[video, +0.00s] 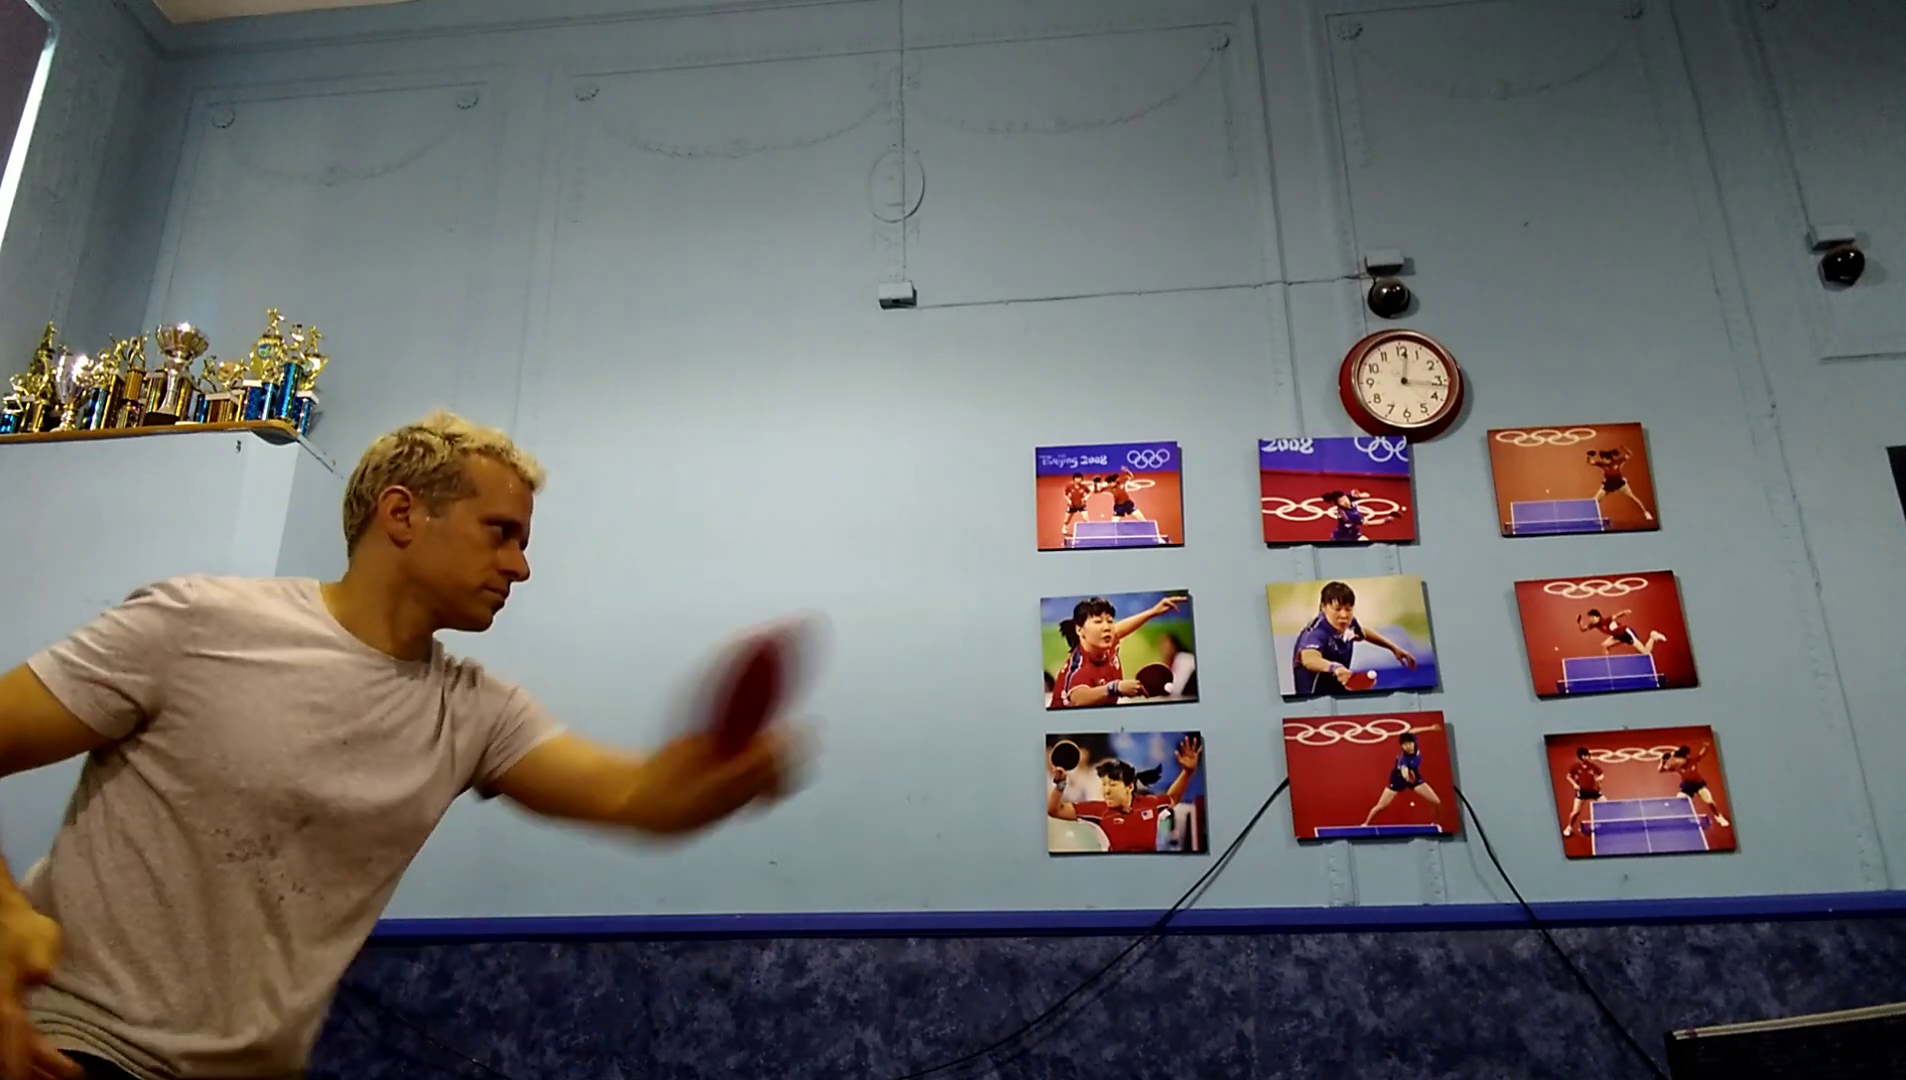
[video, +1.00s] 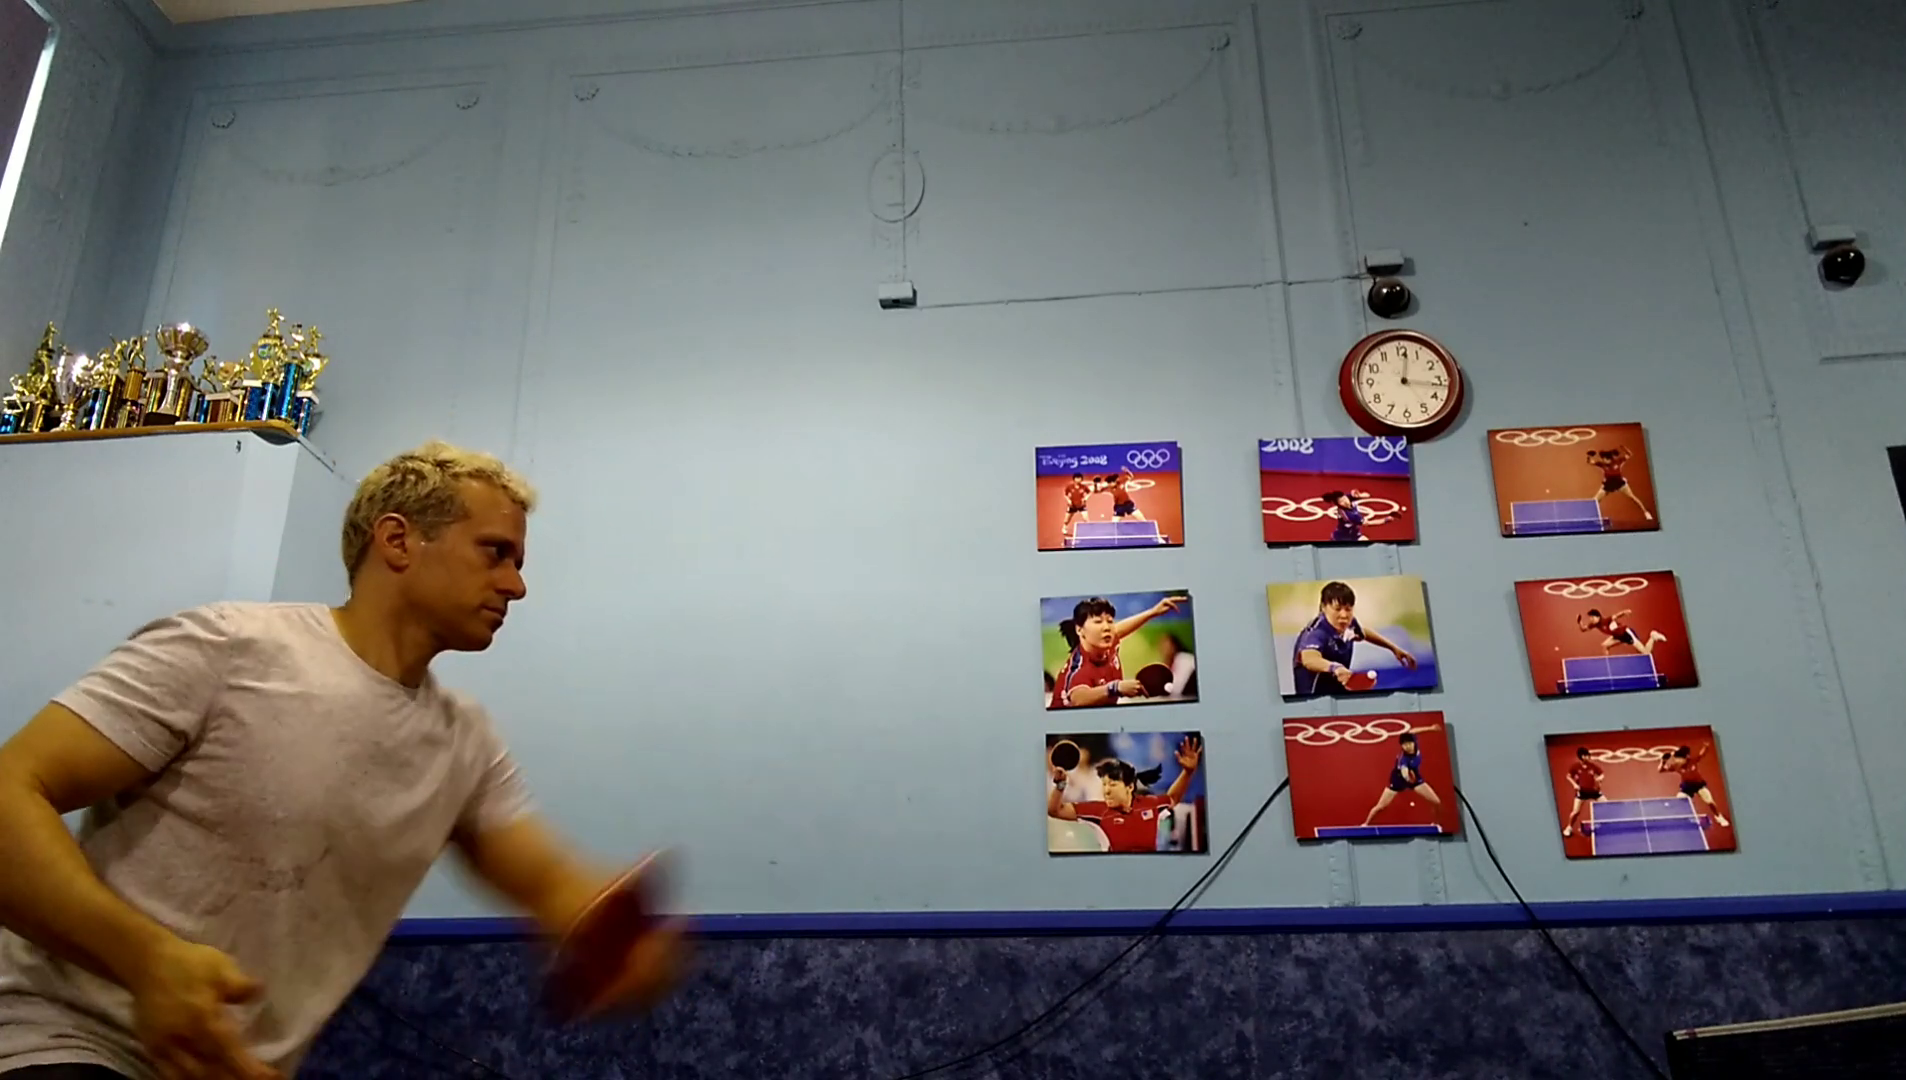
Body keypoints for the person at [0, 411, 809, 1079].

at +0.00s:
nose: (522, 566)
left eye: (525, 545)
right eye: (502, 533)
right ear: (402, 515)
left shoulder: (470, 712)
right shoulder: (191, 624)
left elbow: (628, 791)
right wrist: (10, 905)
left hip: (252, 1061)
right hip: (67, 1032)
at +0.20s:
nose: (528, 582)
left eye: (527, 560)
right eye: (507, 549)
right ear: (404, 535)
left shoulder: (426, 756)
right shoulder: (223, 629)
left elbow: (424, 958)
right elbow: (2, 768)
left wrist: (415, 1042)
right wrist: (128, 990)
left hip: (216, 1059)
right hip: (47, 1041)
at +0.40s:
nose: (544, 647)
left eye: (543, 619)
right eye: (524, 611)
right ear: (418, 594)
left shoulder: (405, 794)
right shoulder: (245, 697)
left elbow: (325, 965)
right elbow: (8, 881)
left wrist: (330, 1065)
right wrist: (87, 1066)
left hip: (217, 1071)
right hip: (80, 1051)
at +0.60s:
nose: (531, 608)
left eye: (535, 584)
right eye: (511, 576)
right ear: (409, 559)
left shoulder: (485, 757)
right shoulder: (224, 676)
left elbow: (614, 873)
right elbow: (10, 835)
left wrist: (719, 902)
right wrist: (117, 1026)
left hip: (252, 1064)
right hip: (62, 1040)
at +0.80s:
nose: (532, 592)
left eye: (535, 569)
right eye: (512, 562)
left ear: (455, 572)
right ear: (415, 553)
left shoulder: (498, 721)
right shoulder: (224, 664)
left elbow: (694, 752)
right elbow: (15, 802)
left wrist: (894, 753)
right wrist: (92, 937)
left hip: (287, 1072)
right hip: (95, 1049)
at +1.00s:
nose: (519, 584)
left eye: (519, 562)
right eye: (497, 553)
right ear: (398, 543)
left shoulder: (463, 744)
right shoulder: (225, 648)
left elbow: (547, 877)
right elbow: (9, 792)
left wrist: (614, 931)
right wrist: (142, 956)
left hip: (247, 1064)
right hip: (68, 1025)